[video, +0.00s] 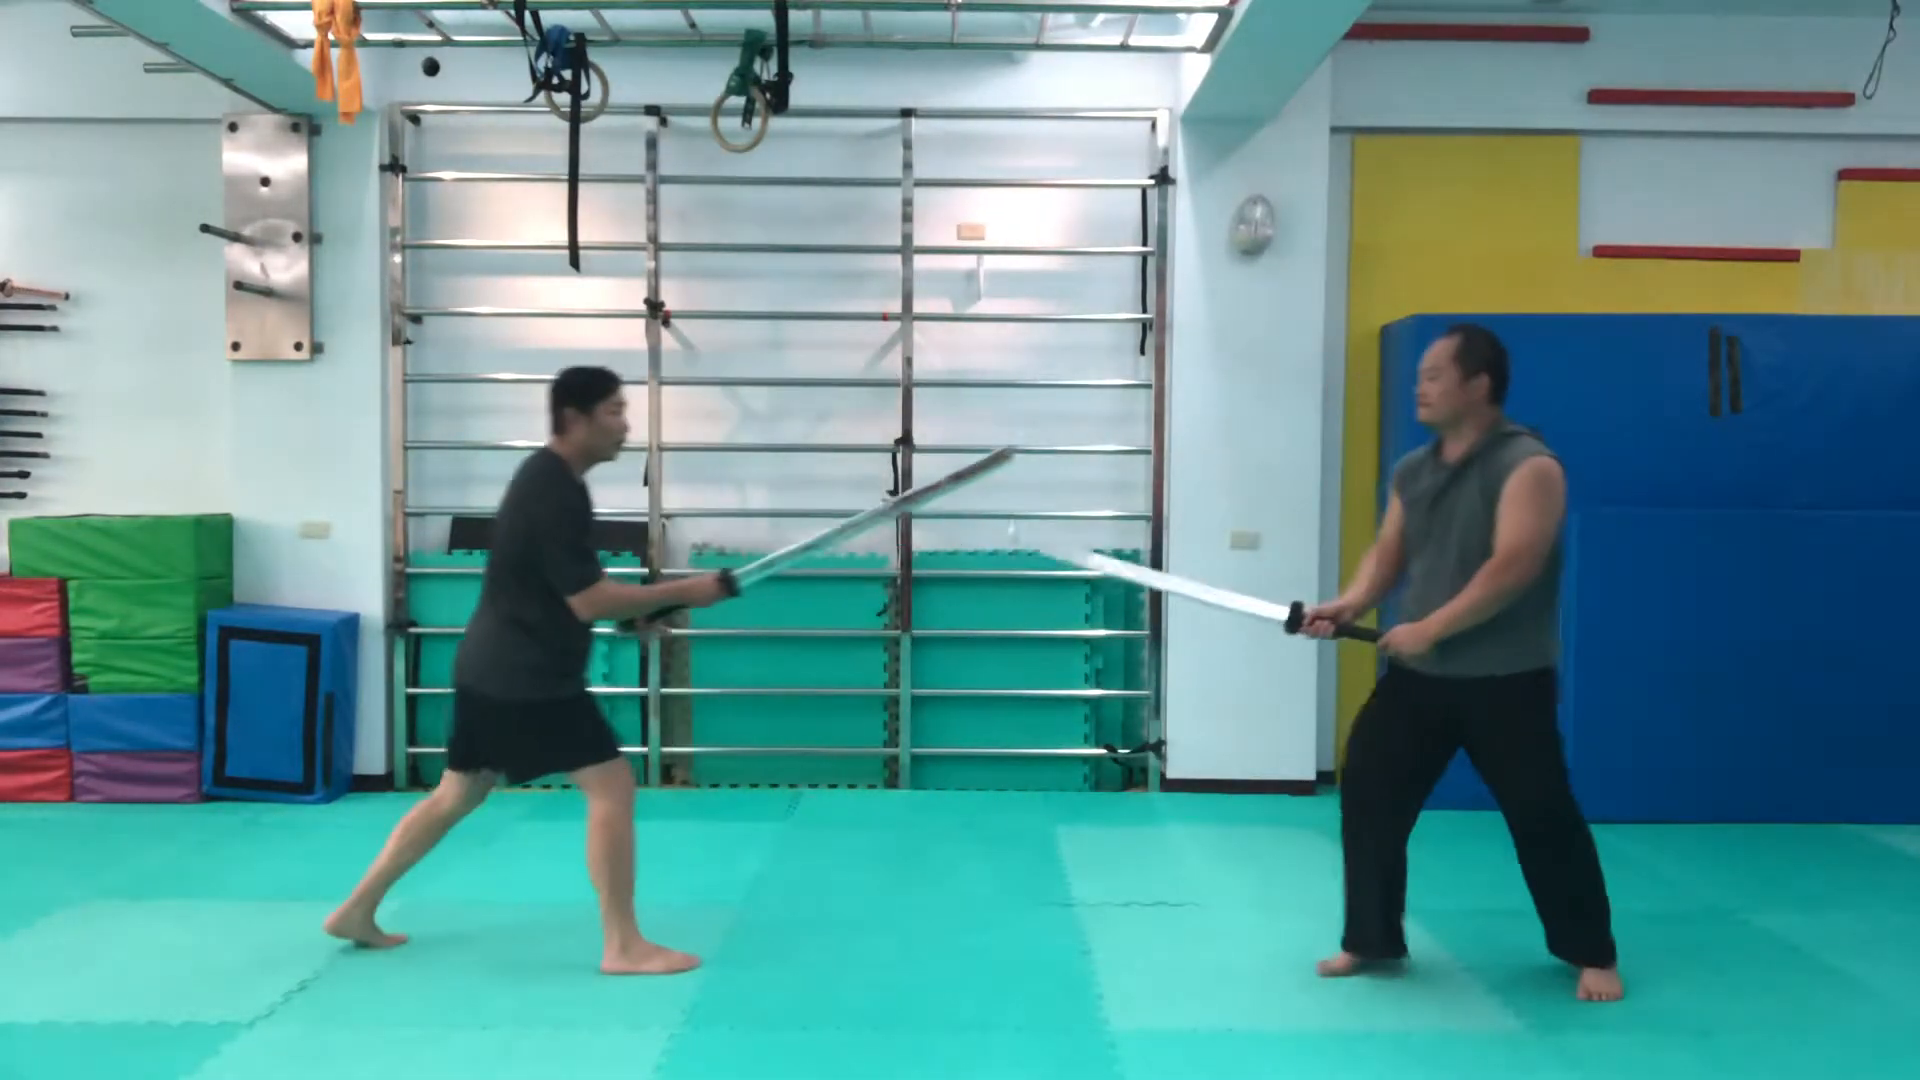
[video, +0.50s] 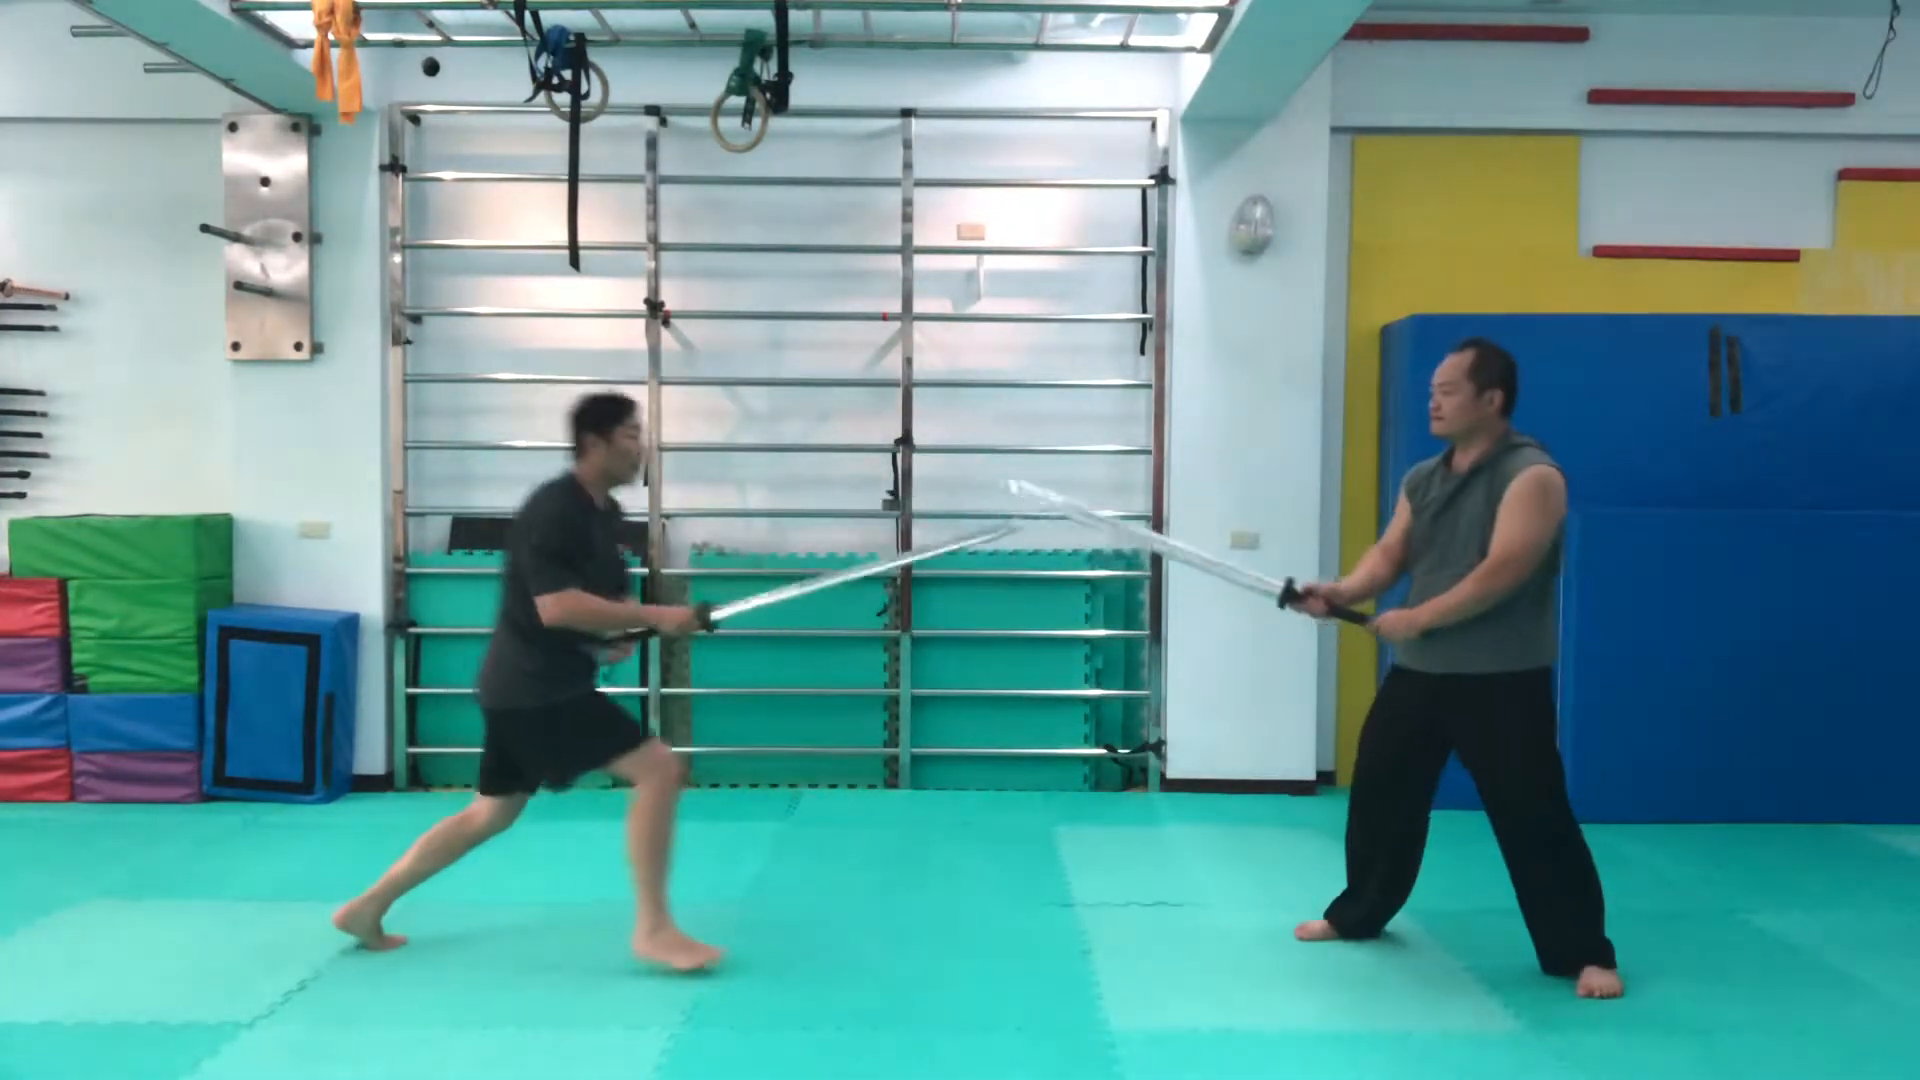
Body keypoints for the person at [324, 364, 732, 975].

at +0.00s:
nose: (625, 424)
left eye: (623, 412)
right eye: (614, 412)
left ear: (571, 421)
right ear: (573, 419)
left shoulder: (539, 477)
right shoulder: (557, 489)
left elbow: (559, 585)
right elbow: (588, 597)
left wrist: (630, 606)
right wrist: (682, 592)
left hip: (488, 673)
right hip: (534, 681)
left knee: (455, 793)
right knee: (611, 785)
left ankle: (355, 912)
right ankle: (623, 946)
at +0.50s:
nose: (642, 447)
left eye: (640, 435)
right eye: (632, 436)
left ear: (602, 445)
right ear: (595, 443)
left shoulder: (603, 515)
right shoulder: (553, 507)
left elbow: (589, 602)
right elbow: (555, 606)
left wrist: (612, 640)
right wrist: (657, 616)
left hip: (528, 689)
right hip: (538, 689)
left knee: (490, 813)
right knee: (659, 770)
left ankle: (365, 909)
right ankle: (653, 930)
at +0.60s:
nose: (693, 459)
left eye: (692, 447)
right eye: (684, 448)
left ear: (652, 454)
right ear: (649, 453)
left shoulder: (661, 523)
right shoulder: (614, 507)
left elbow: (647, 607)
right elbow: (621, 583)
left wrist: (686, 616)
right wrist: (730, 590)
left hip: (571, 696)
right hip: (594, 698)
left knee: (505, 809)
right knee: (708, 783)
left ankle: (379, 900)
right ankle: (699, 947)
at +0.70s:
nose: (757, 464)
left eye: (754, 453)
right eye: (747, 455)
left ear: (714, 465)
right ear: (713, 465)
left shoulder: (733, 528)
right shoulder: (688, 520)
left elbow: (786, 597)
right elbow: (758, 551)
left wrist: (822, 561)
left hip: (643, 699)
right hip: (661, 702)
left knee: (619, 831)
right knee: (746, 800)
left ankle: (475, 862)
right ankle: (708, 959)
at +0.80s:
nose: (825, 474)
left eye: (822, 462)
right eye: (816, 463)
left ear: (775, 473)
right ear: (792, 472)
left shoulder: (784, 525)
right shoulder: (767, 527)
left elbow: (854, 593)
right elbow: (844, 582)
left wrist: (930, 570)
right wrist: (917, 576)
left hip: (712, 696)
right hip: (712, 700)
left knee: (750, 816)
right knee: (783, 812)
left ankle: (641, 849)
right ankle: (712, 959)